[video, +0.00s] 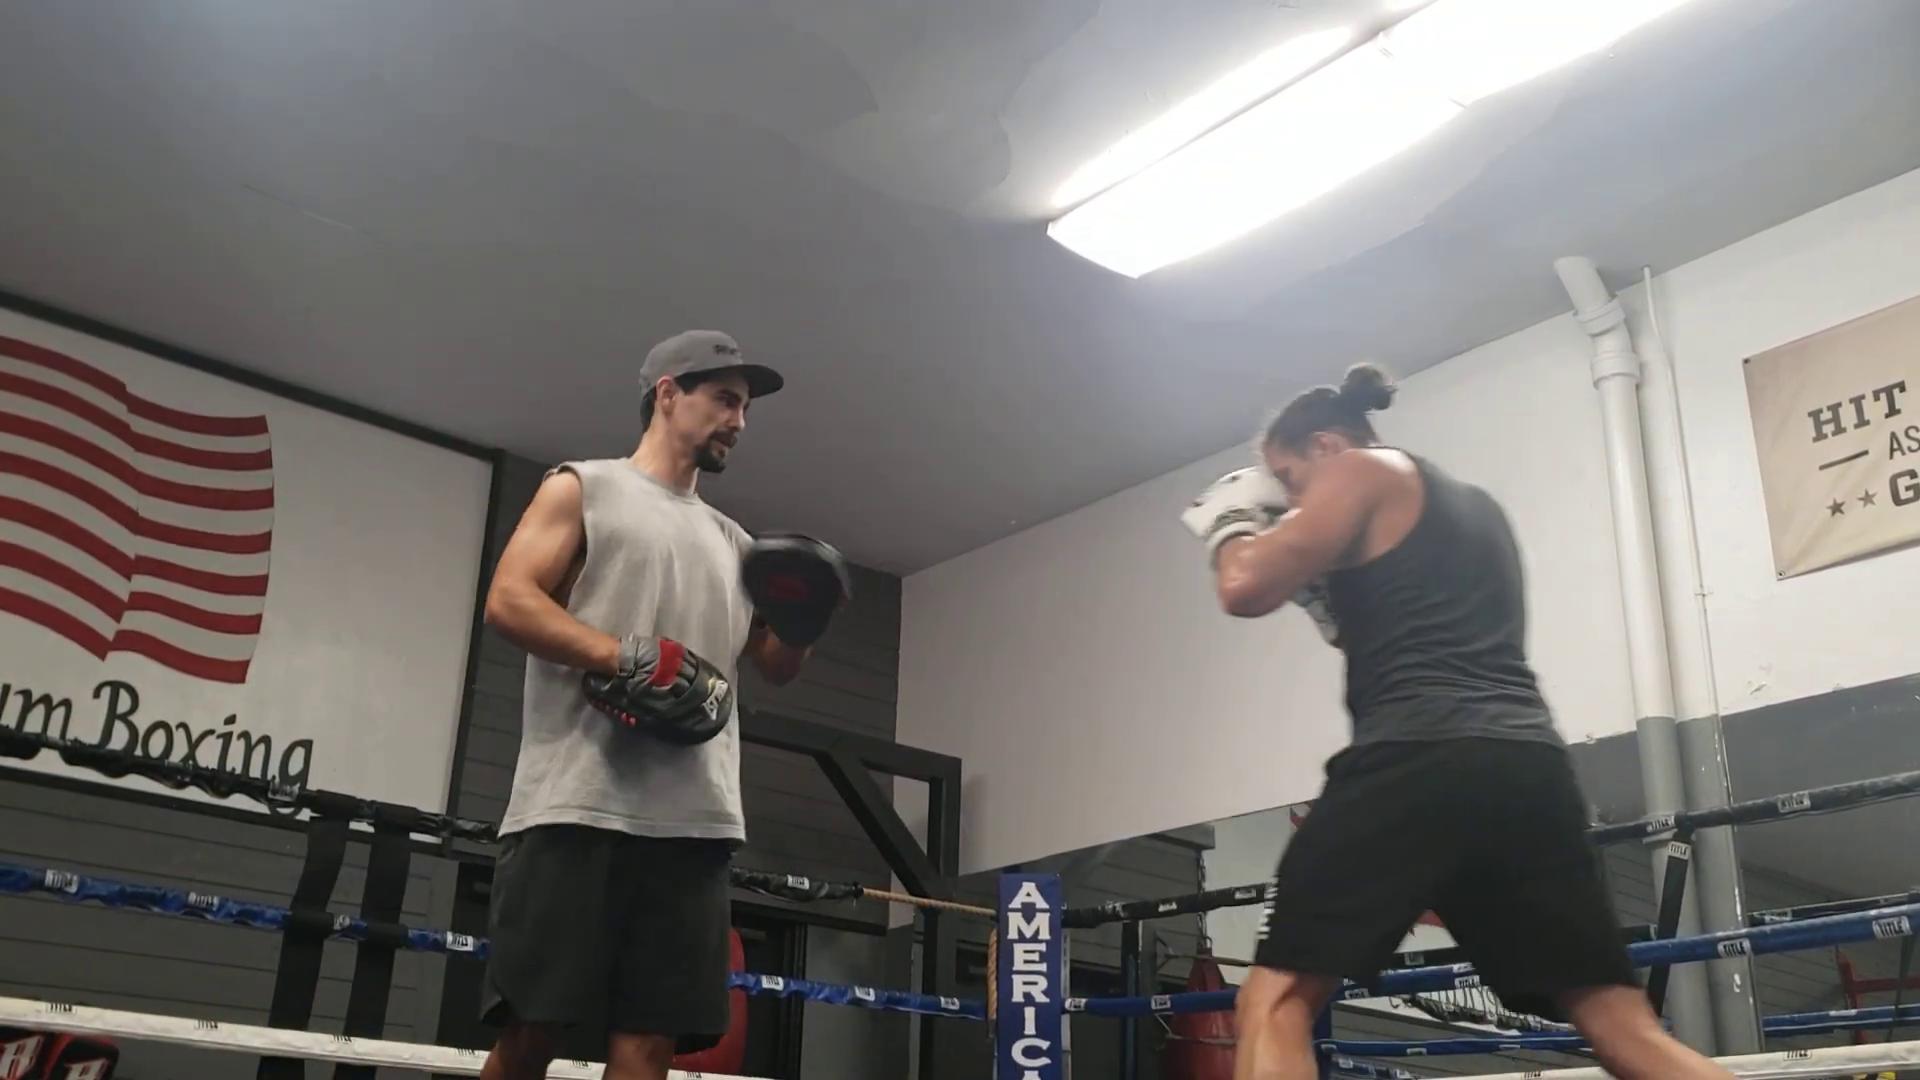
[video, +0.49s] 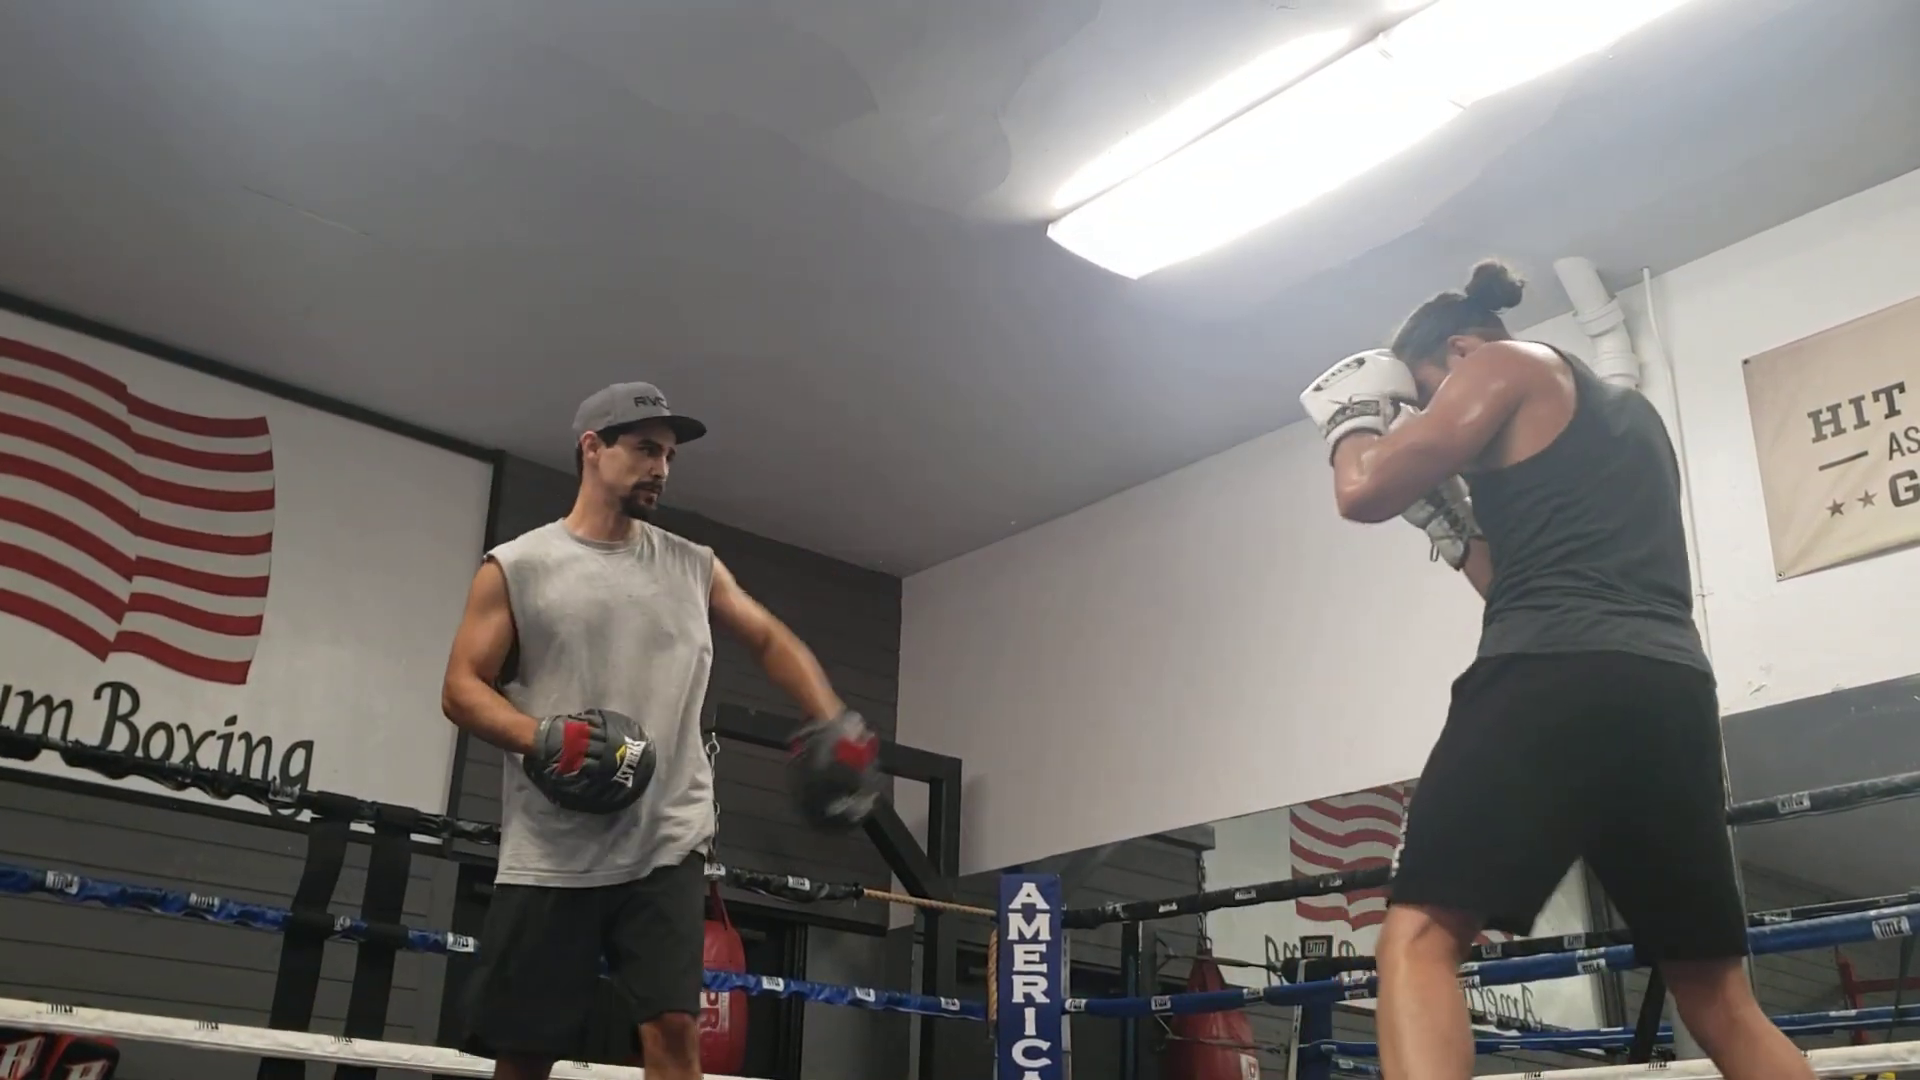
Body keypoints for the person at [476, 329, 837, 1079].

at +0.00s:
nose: (739, 419)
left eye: (746, 407)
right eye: (725, 398)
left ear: (744, 420)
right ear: (667, 393)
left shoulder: (738, 544)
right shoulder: (579, 488)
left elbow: (775, 666)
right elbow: (509, 598)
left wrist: (803, 613)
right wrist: (629, 658)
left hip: (691, 825)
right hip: (573, 809)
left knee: (647, 1048)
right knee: (531, 1037)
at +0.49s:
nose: (659, 468)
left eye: (667, 455)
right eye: (644, 449)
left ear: (668, 464)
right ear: (592, 447)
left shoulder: (695, 567)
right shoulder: (514, 568)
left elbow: (771, 641)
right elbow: (461, 688)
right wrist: (541, 738)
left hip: (667, 851)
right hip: (548, 856)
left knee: (674, 1031)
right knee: (523, 1053)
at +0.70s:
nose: (700, 494)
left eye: (709, 482)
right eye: (686, 474)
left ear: (711, 493)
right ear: (634, 469)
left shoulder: (713, 601)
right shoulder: (559, 569)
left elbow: (717, 715)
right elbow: (510, 671)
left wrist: (732, 829)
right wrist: (619, 676)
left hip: (680, 876)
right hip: (560, 871)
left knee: (730, 1062)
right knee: (523, 1065)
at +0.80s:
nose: (725, 504)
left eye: (734, 494)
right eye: (711, 484)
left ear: (737, 504)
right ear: (662, 477)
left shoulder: (727, 612)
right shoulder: (591, 562)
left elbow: (738, 731)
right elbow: (581, 644)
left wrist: (766, 837)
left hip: (693, 873)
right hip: (580, 863)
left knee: (743, 1063)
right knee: (534, 1062)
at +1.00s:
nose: (802, 533)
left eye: (813, 524)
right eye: (791, 511)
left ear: (814, 532)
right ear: (741, 501)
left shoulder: (773, 641)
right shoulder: (680, 564)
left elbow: (775, 760)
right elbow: (713, 591)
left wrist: (807, 854)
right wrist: (843, 574)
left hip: (753, 891)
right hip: (655, 873)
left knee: (770, 1067)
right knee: (589, 1063)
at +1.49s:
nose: (862, 515)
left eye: (871, 503)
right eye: (846, 497)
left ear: (878, 515)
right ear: (802, 501)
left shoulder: (883, 631)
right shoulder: (730, 584)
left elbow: (900, 740)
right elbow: (652, 679)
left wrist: (907, 811)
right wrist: (732, 678)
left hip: (816, 880)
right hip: (711, 855)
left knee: (802, 1067)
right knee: (652, 1043)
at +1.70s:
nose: (814, 495)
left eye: (822, 482)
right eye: (795, 477)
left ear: (832, 493)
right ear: (750, 484)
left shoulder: (858, 603)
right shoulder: (682, 591)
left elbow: (881, 722)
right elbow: (623, 704)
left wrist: (912, 691)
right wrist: (679, 729)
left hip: (808, 873)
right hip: (695, 859)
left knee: (795, 1067)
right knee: (644, 1050)